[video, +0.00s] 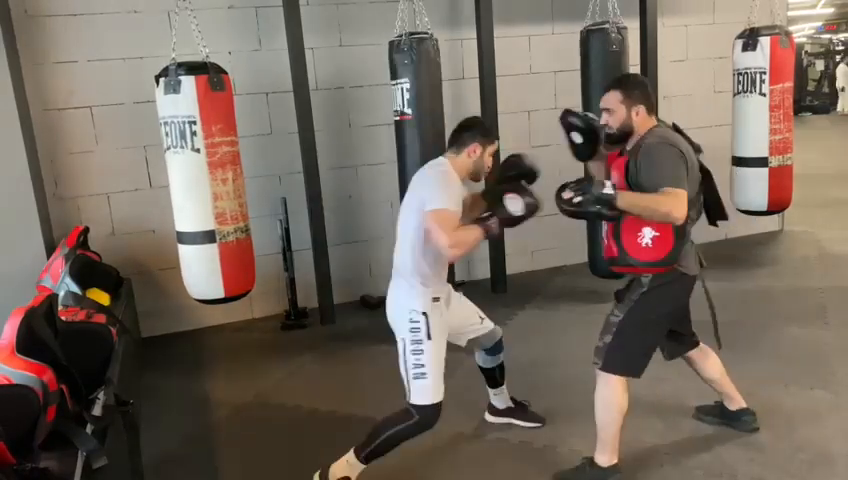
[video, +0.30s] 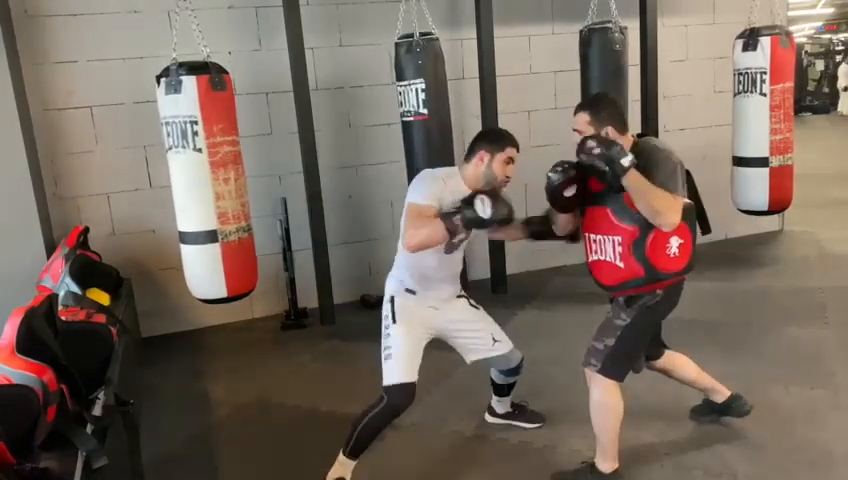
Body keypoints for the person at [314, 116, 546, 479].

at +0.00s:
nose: (491, 163)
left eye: (493, 156)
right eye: (491, 155)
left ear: (467, 149)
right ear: (474, 150)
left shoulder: (448, 175)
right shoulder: (439, 180)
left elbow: (460, 212)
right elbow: (451, 245)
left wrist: (499, 193)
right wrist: (494, 223)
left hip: (438, 293)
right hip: (415, 302)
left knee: (490, 339)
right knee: (425, 413)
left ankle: (501, 405)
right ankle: (343, 469)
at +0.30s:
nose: (510, 173)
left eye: (513, 165)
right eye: (507, 163)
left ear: (485, 160)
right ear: (482, 158)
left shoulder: (479, 196)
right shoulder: (430, 181)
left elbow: (493, 231)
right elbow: (413, 238)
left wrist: (545, 226)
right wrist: (469, 216)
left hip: (451, 297)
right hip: (407, 299)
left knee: (509, 359)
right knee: (399, 395)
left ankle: (500, 409)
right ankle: (342, 467)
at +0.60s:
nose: (473, 150)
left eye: (474, 143)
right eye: (467, 142)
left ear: (455, 140)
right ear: (440, 136)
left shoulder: (452, 166)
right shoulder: (396, 171)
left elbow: (484, 180)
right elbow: (419, 235)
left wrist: (529, 174)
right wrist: (447, 185)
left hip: (446, 276)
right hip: (400, 282)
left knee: (498, 339)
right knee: (380, 376)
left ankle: (501, 405)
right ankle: (336, 446)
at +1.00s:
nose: (484, 168)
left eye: (488, 163)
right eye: (485, 161)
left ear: (468, 149)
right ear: (472, 151)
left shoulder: (455, 176)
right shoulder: (434, 172)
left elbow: (480, 235)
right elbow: (470, 233)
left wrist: (494, 194)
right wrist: (485, 191)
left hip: (441, 281)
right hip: (409, 287)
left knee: (488, 333)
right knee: (414, 390)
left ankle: (507, 400)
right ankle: (339, 447)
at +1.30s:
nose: (506, 168)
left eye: (508, 161)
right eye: (503, 159)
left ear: (486, 155)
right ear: (481, 151)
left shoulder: (482, 186)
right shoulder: (428, 170)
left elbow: (489, 220)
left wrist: (533, 220)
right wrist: (458, 194)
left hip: (450, 290)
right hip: (404, 290)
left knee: (505, 352)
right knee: (387, 382)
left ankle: (507, 403)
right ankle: (336, 451)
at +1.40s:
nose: (501, 164)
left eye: (503, 157)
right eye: (497, 155)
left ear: (479, 154)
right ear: (473, 150)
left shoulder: (474, 186)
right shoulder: (426, 171)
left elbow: (501, 226)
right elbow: (423, 231)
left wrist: (544, 223)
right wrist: (464, 199)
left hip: (447, 287)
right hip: (403, 288)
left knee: (502, 346)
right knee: (381, 378)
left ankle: (507, 401)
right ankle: (339, 433)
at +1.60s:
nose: (475, 147)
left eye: (476, 139)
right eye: (469, 139)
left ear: (462, 140)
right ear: (443, 134)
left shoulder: (458, 157)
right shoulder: (398, 161)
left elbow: (482, 169)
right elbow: (407, 230)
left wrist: (518, 160)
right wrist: (438, 186)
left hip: (442, 267)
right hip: (396, 270)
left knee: (489, 335)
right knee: (376, 360)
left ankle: (508, 399)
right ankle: (339, 433)